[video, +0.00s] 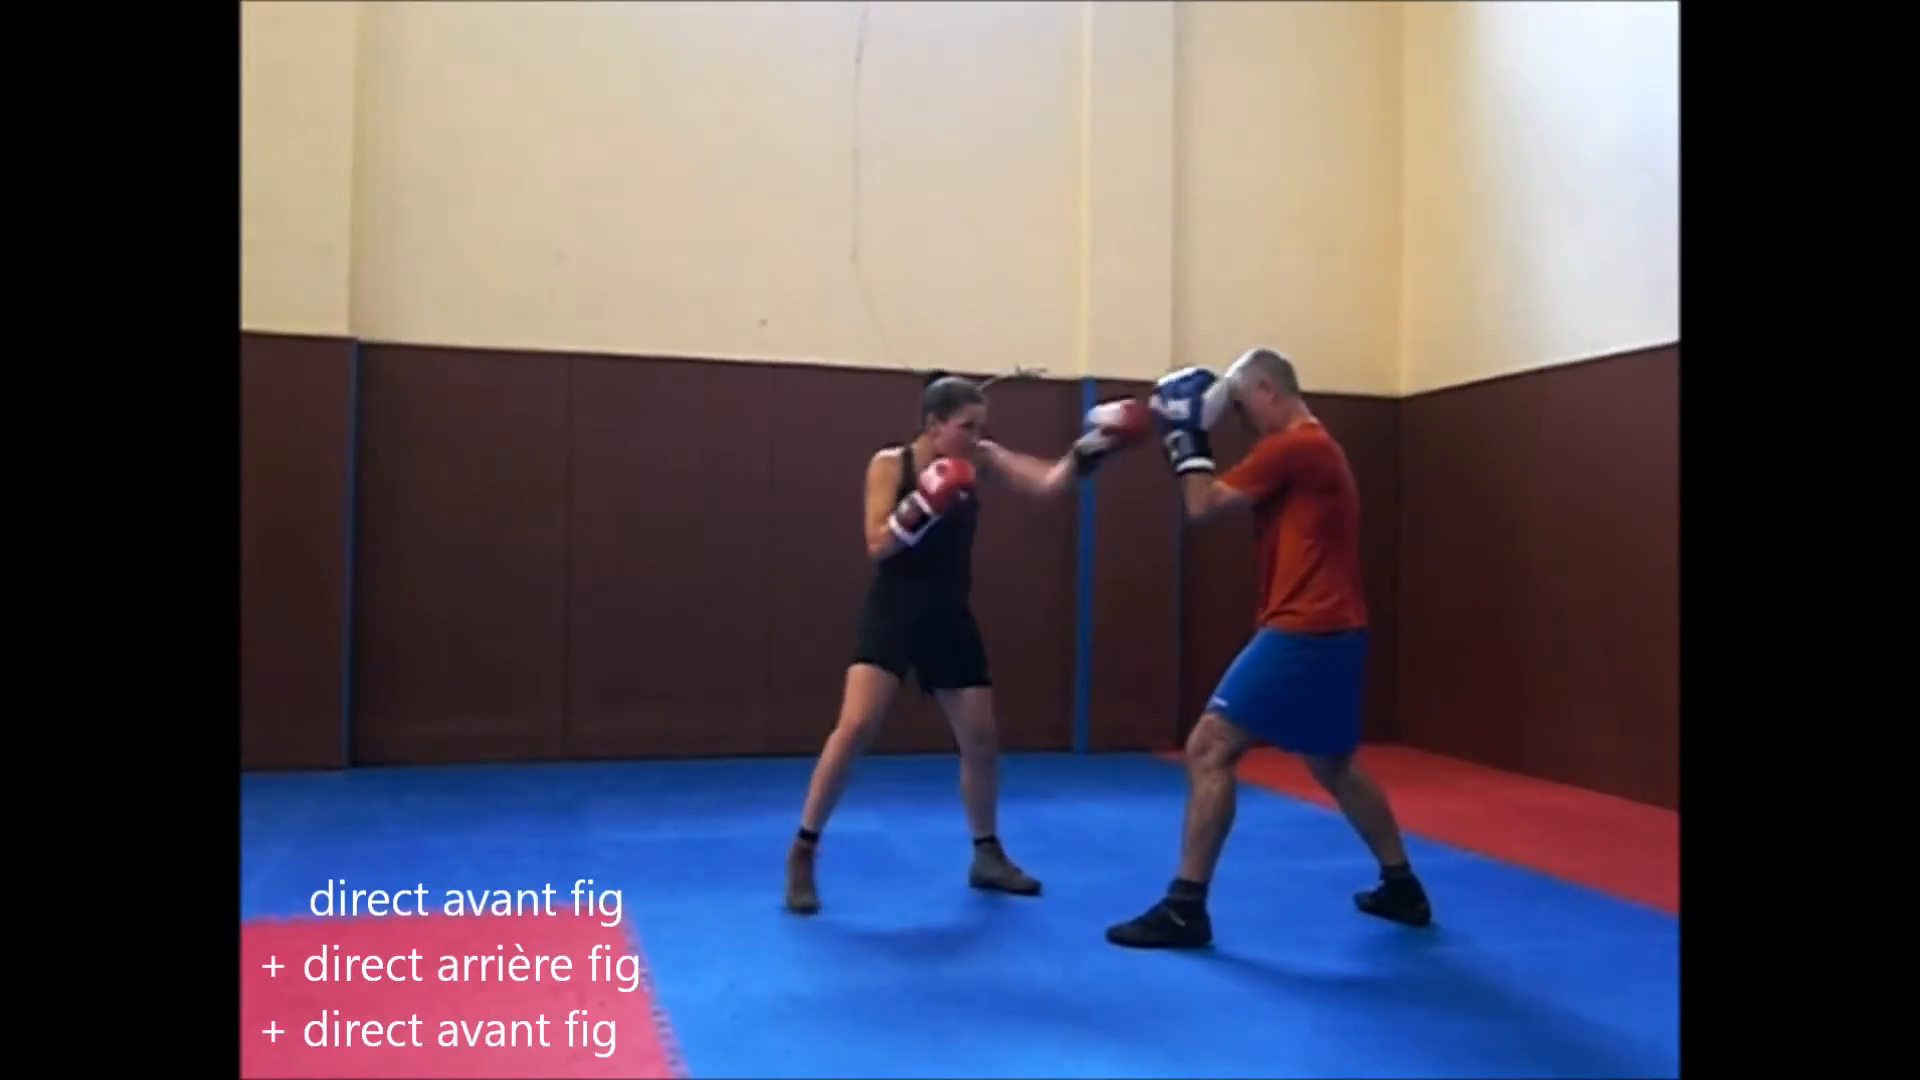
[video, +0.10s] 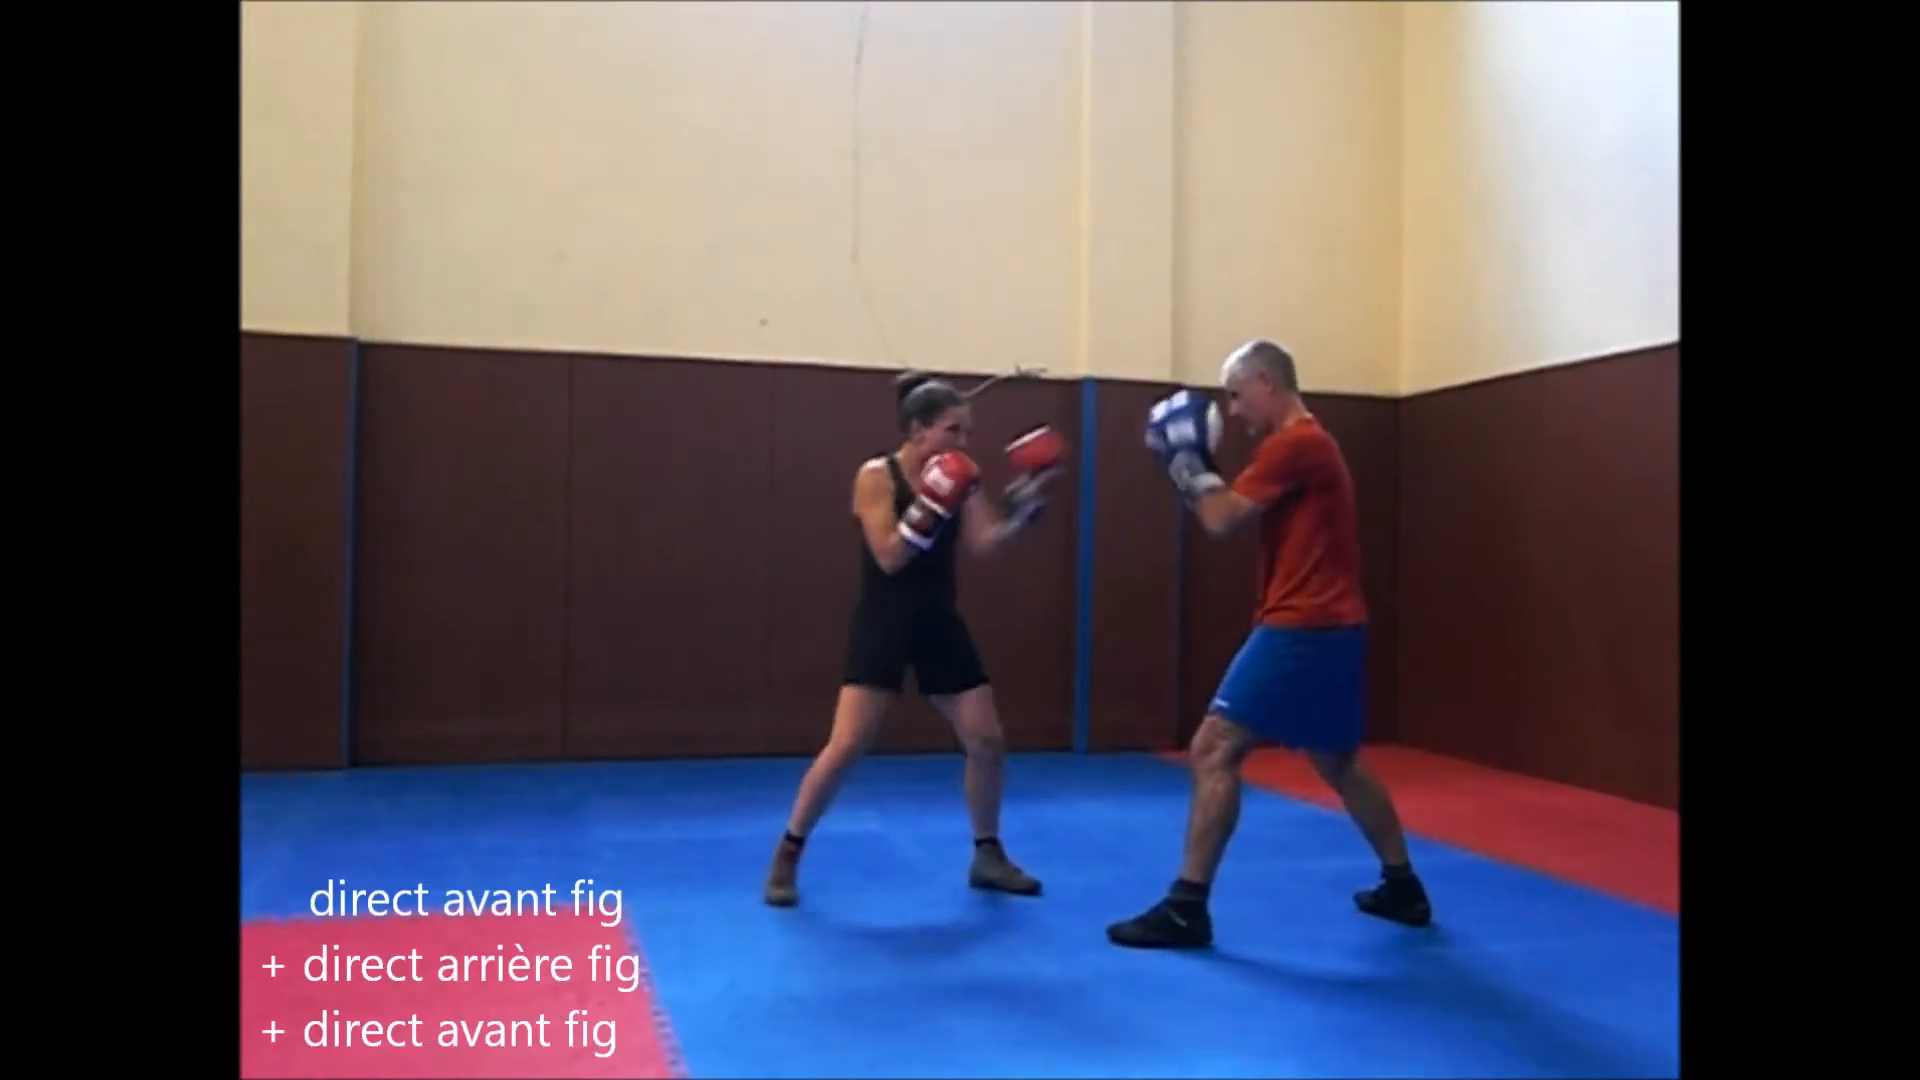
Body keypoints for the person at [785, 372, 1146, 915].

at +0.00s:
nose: (977, 436)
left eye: (980, 428)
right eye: (969, 427)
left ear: (974, 427)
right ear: (935, 423)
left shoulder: (979, 457)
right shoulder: (890, 465)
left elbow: (1047, 483)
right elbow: (877, 545)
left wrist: (1086, 449)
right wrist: (921, 504)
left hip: (949, 616)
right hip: (893, 613)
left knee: (980, 735)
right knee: (856, 725)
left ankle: (988, 856)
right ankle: (803, 851)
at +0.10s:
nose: (962, 442)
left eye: (965, 431)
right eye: (954, 430)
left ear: (954, 431)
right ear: (920, 429)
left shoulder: (957, 478)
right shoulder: (876, 477)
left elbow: (982, 541)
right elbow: (888, 556)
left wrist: (1020, 513)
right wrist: (928, 506)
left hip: (938, 625)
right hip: (882, 626)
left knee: (985, 739)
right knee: (846, 745)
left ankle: (988, 857)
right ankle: (788, 854)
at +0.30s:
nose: (936, 427)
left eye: (939, 417)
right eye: (930, 416)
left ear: (920, 415)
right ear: (899, 411)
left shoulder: (914, 463)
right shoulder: (857, 456)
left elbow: (954, 520)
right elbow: (911, 520)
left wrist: (974, 469)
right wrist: (947, 473)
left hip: (907, 617)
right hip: (853, 618)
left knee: (953, 726)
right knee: (822, 738)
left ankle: (974, 846)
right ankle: (777, 853)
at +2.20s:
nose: (903, 439)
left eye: (906, 429)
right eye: (898, 428)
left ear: (873, 429)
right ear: (867, 425)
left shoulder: (873, 477)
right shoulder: (823, 468)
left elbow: (911, 536)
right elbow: (879, 531)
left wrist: (940, 496)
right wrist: (915, 486)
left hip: (878, 624)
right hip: (825, 631)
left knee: (959, 713)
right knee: (805, 753)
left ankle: (959, 834)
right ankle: (757, 867)